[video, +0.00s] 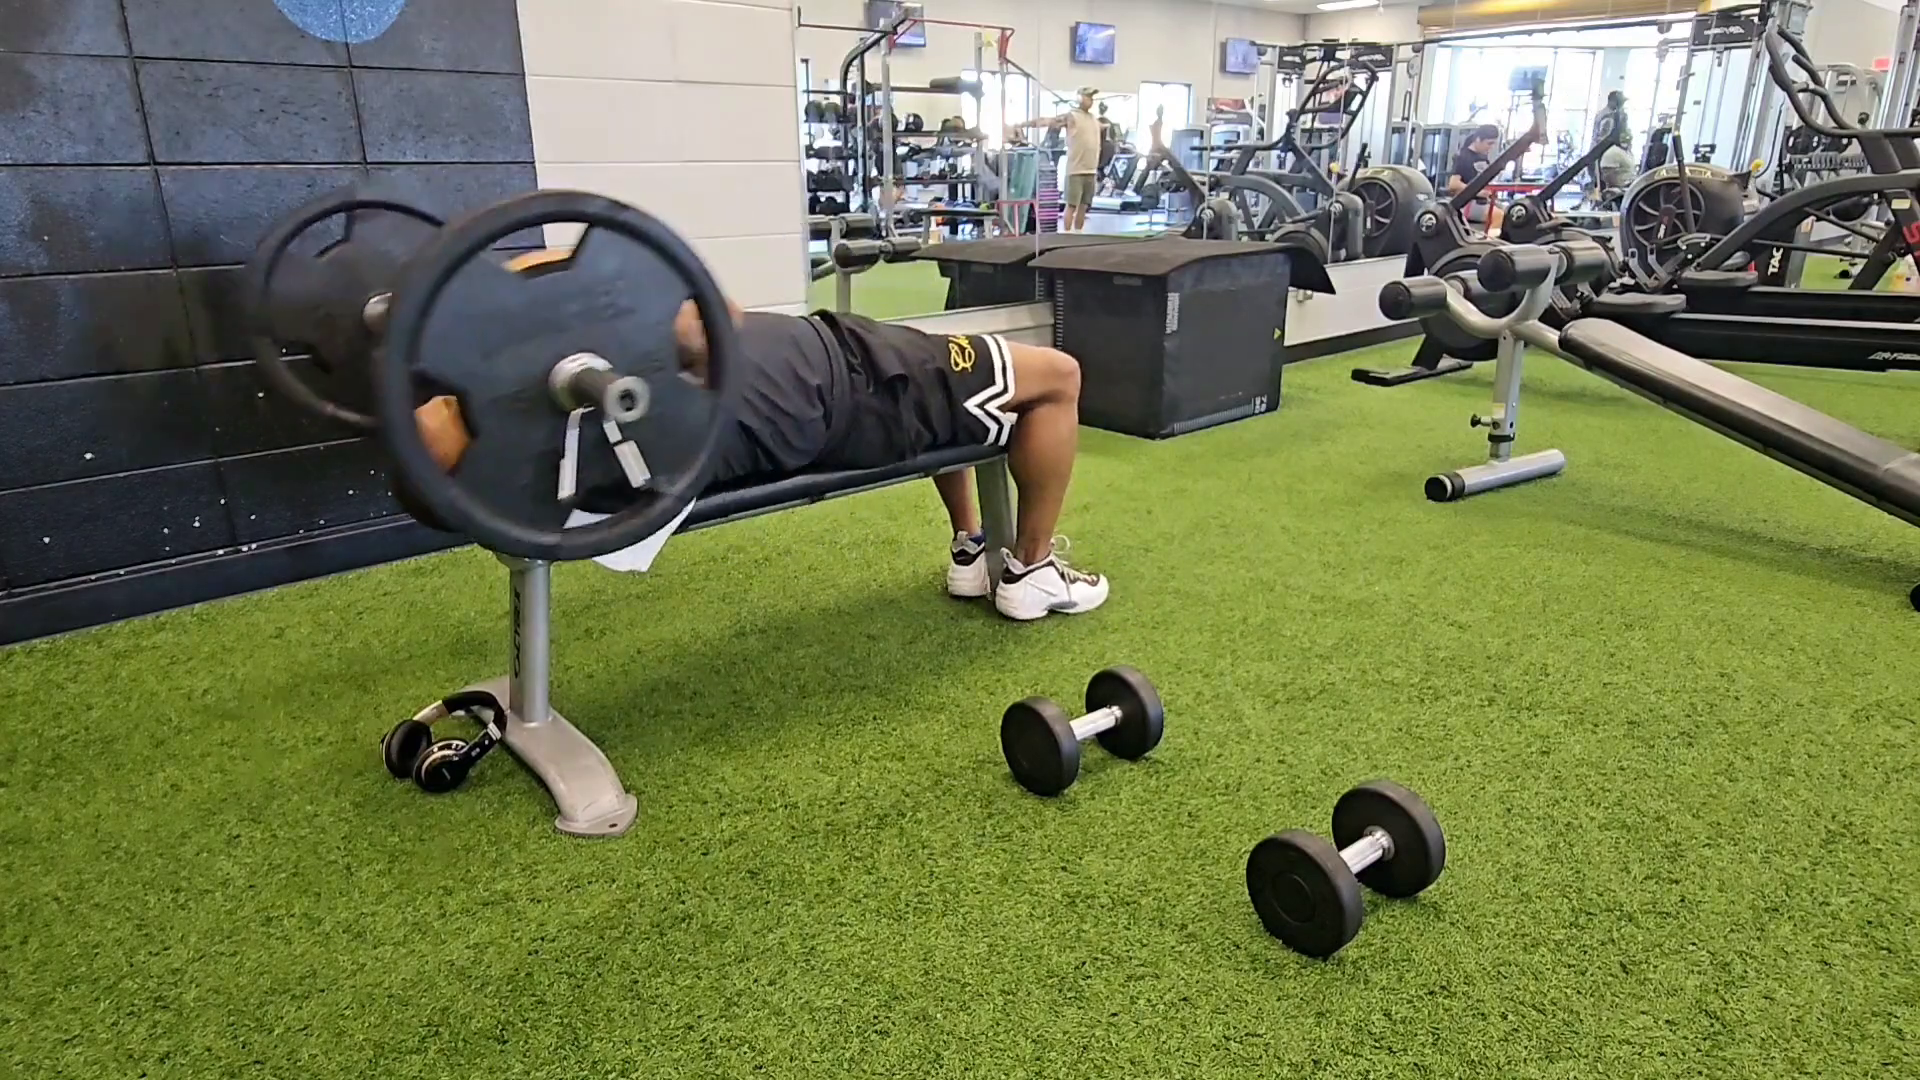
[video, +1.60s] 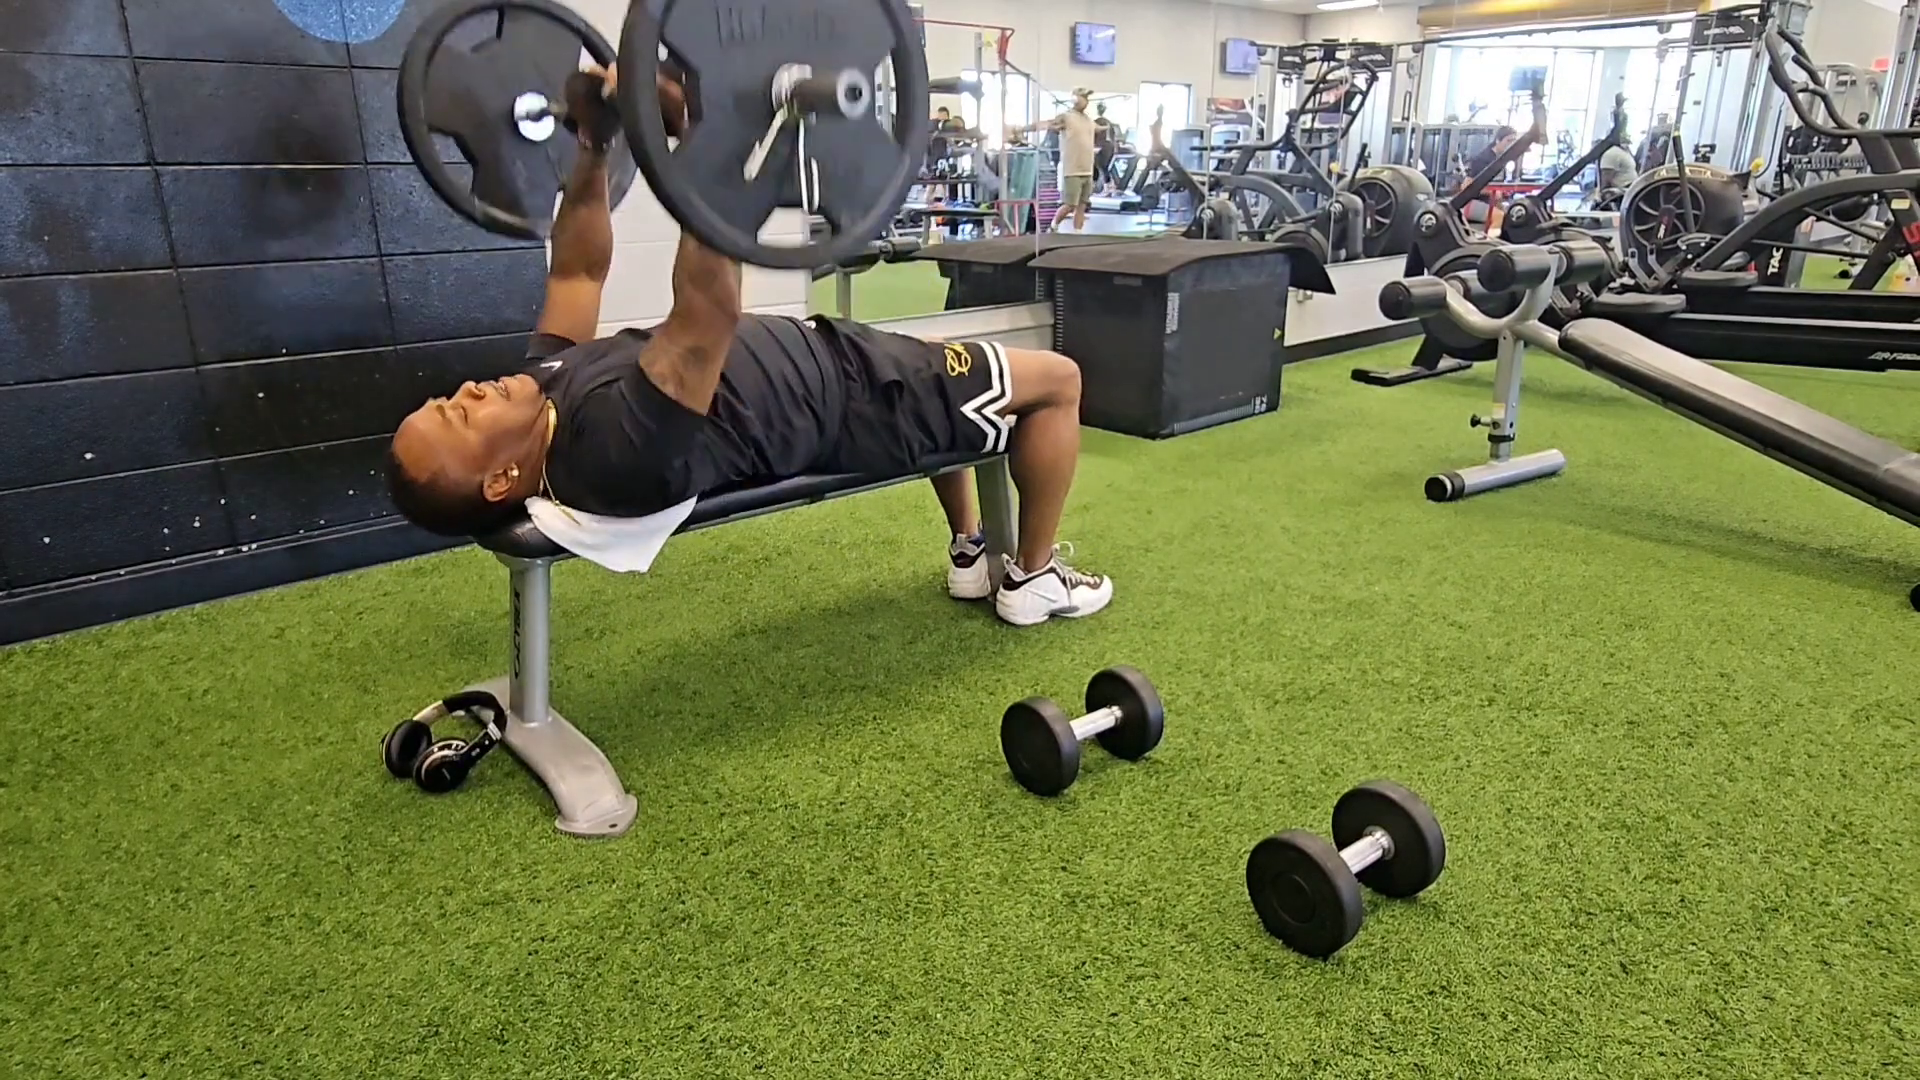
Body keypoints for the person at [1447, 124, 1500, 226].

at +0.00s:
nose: (1491, 148)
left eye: (1493, 144)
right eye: (1489, 143)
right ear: (1478, 140)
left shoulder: (1484, 157)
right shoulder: (1463, 156)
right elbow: (1454, 183)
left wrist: (1492, 190)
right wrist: (1478, 192)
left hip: (1486, 200)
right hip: (1467, 202)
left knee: (1508, 211)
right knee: (1498, 215)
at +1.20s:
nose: (1492, 144)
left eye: (1494, 140)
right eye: (1490, 140)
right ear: (1479, 138)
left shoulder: (1485, 157)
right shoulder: (1464, 156)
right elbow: (1454, 185)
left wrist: (1491, 191)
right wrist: (1478, 192)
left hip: (1486, 200)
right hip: (1469, 203)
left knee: (1506, 214)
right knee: (1499, 216)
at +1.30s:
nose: (1492, 144)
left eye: (1494, 140)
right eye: (1490, 139)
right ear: (1479, 138)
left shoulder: (1486, 157)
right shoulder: (1465, 156)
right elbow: (1455, 185)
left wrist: (1493, 191)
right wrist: (1480, 193)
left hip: (1487, 201)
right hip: (1469, 202)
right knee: (1499, 217)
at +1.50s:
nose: (1504, 143)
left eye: (1505, 139)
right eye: (1502, 138)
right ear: (1490, 138)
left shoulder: (1497, 159)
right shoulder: (1478, 157)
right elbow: (1463, 185)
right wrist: (1486, 194)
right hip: (1469, 201)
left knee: (1510, 211)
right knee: (1498, 216)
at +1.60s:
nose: (1512, 144)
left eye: (1513, 141)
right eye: (1509, 140)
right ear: (1498, 140)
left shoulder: (1502, 159)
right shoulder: (1483, 158)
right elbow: (1467, 186)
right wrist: (1492, 192)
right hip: (1473, 202)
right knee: (1499, 217)